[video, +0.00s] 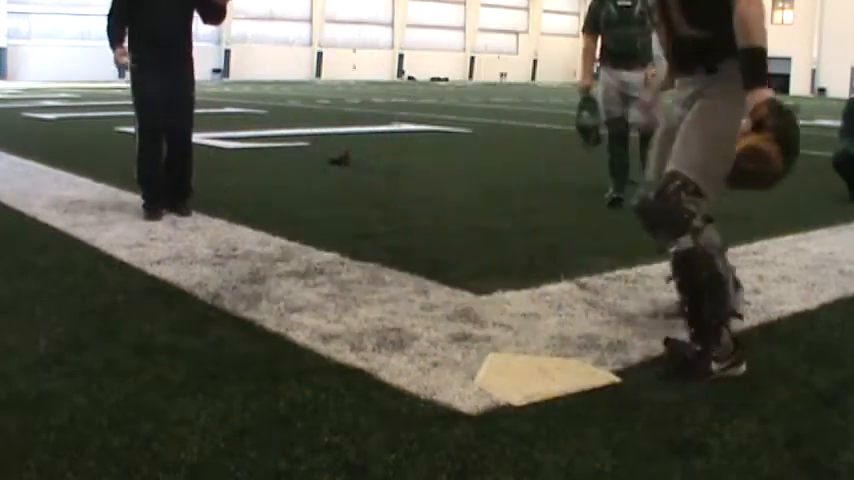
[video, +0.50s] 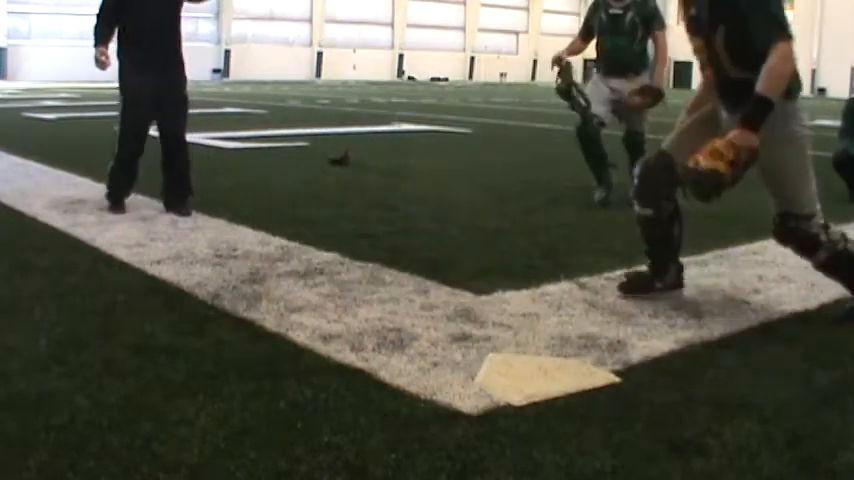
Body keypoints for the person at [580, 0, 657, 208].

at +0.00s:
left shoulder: (649, 6)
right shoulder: (600, 6)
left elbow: (663, 34)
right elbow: (590, 40)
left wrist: (663, 67)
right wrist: (587, 76)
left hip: (642, 74)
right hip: (610, 73)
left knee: (647, 129)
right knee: (616, 131)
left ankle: (649, 179)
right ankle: (617, 187)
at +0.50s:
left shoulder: (645, 7)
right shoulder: (598, 6)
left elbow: (661, 44)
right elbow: (583, 39)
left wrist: (657, 83)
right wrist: (565, 53)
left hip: (635, 81)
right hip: (602, 80)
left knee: (634, 139)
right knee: (586, 130)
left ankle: (638, 187)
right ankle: (604, 183)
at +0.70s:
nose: (599, 1)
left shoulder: (628, 14)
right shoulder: (584, 11)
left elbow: (639, 53)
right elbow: (572, 47)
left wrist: (623, 89)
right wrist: (558, 72)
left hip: (620, 87)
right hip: (588, 85)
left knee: (623, 145)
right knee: (571, 136)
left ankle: (625, 196)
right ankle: (574, 197)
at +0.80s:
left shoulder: (619, 11)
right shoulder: (575, 8)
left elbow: (631, 52)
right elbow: (566, 47)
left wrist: (621, 92)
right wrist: (552, 78)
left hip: (613, 85)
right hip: (582, 85)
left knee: (616, 142)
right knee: (568, 136)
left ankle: (621, 193)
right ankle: (574, 196)